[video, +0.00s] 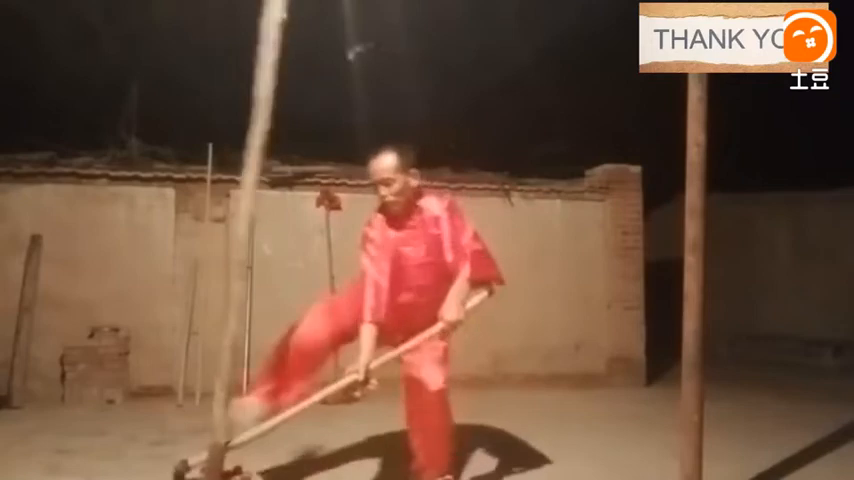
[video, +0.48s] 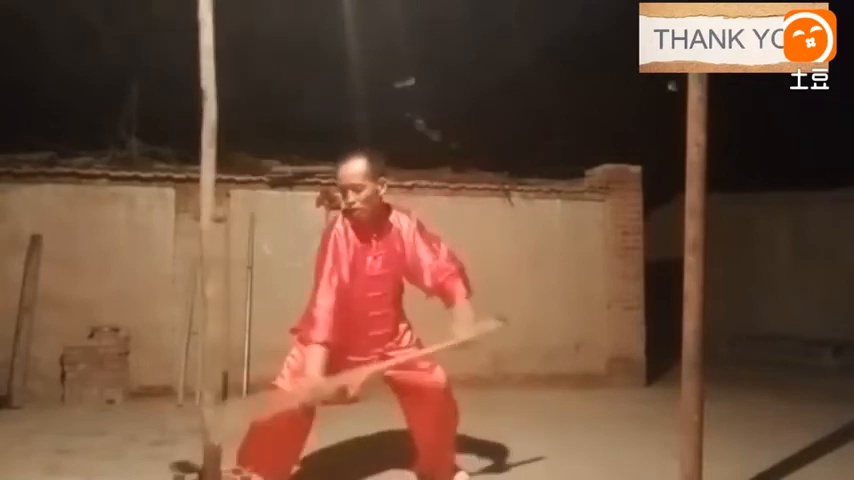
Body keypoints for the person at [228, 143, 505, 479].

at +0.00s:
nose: (383, 194)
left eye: (389, 184)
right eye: (377, 186)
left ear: (412, 179)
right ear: (374, 187)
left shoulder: (441, 210)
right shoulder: (377, 229)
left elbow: (471, 261)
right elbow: (373, 295)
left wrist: (455, 298)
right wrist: (364, 361)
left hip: (424, 315)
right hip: (378, 305)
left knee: (428, 393)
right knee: (310, 334)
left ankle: (434, 475)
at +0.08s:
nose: (374, 192)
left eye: (380, 182)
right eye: (369, 184)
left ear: (405, 179)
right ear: (366, 186)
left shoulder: (433, 211)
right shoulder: (369, 227)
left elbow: (467, 260)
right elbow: (364, 292)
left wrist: (453, 297)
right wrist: (360, 355)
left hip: (417, 325)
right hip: (365, 319)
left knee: (430, 400)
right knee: (296, 361)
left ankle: (428, 475)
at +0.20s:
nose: (358, 196)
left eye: (364, 186)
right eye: (352, 189)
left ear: (388, 183)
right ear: (346, 190)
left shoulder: (411, 222)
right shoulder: (349, 233)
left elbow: (452, 260)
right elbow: (347, 299)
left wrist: (452, 304)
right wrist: (344, 368)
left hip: (396, 339)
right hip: (339, 334)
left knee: (433, 396)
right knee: (290, 395)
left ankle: (428, 472)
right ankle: (257, 469)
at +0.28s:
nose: (358, 196)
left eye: (364, 186)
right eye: (352, 189)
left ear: (388, 183)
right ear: (346, 190)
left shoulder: (411, 222)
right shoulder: (349, 233)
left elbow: (452, 260)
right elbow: (347, 299)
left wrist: (452, 304)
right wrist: (344, 368)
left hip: (396, 339)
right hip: (339, 334)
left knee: (433, 396)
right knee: (290, 395)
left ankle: (428, 472)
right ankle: (257, 469)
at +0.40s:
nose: (349, 200)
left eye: (356, 191)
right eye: (343, 192)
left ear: (380, 188)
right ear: (337, 193)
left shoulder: (401, 226)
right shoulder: (339, 233)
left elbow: (445, 267)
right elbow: (330, 301)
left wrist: (451, 315)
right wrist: (325, 375)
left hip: (388, 342)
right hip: (332, 339)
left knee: (433, 387)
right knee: (281, 398)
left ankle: (435, 471)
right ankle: (259, 471)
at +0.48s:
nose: (349, 199)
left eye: (357, 189)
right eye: (343, 191)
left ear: (381, 187)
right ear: (338, 193)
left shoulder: (402, 227)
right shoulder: (338, 233)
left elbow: (446, 270)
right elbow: (323, 302)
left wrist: (463, 318)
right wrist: (314, 375)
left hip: (389, 342)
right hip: (330, 343)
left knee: (433, 389)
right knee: (287, 404)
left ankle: (438, 472)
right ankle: (257, 472)